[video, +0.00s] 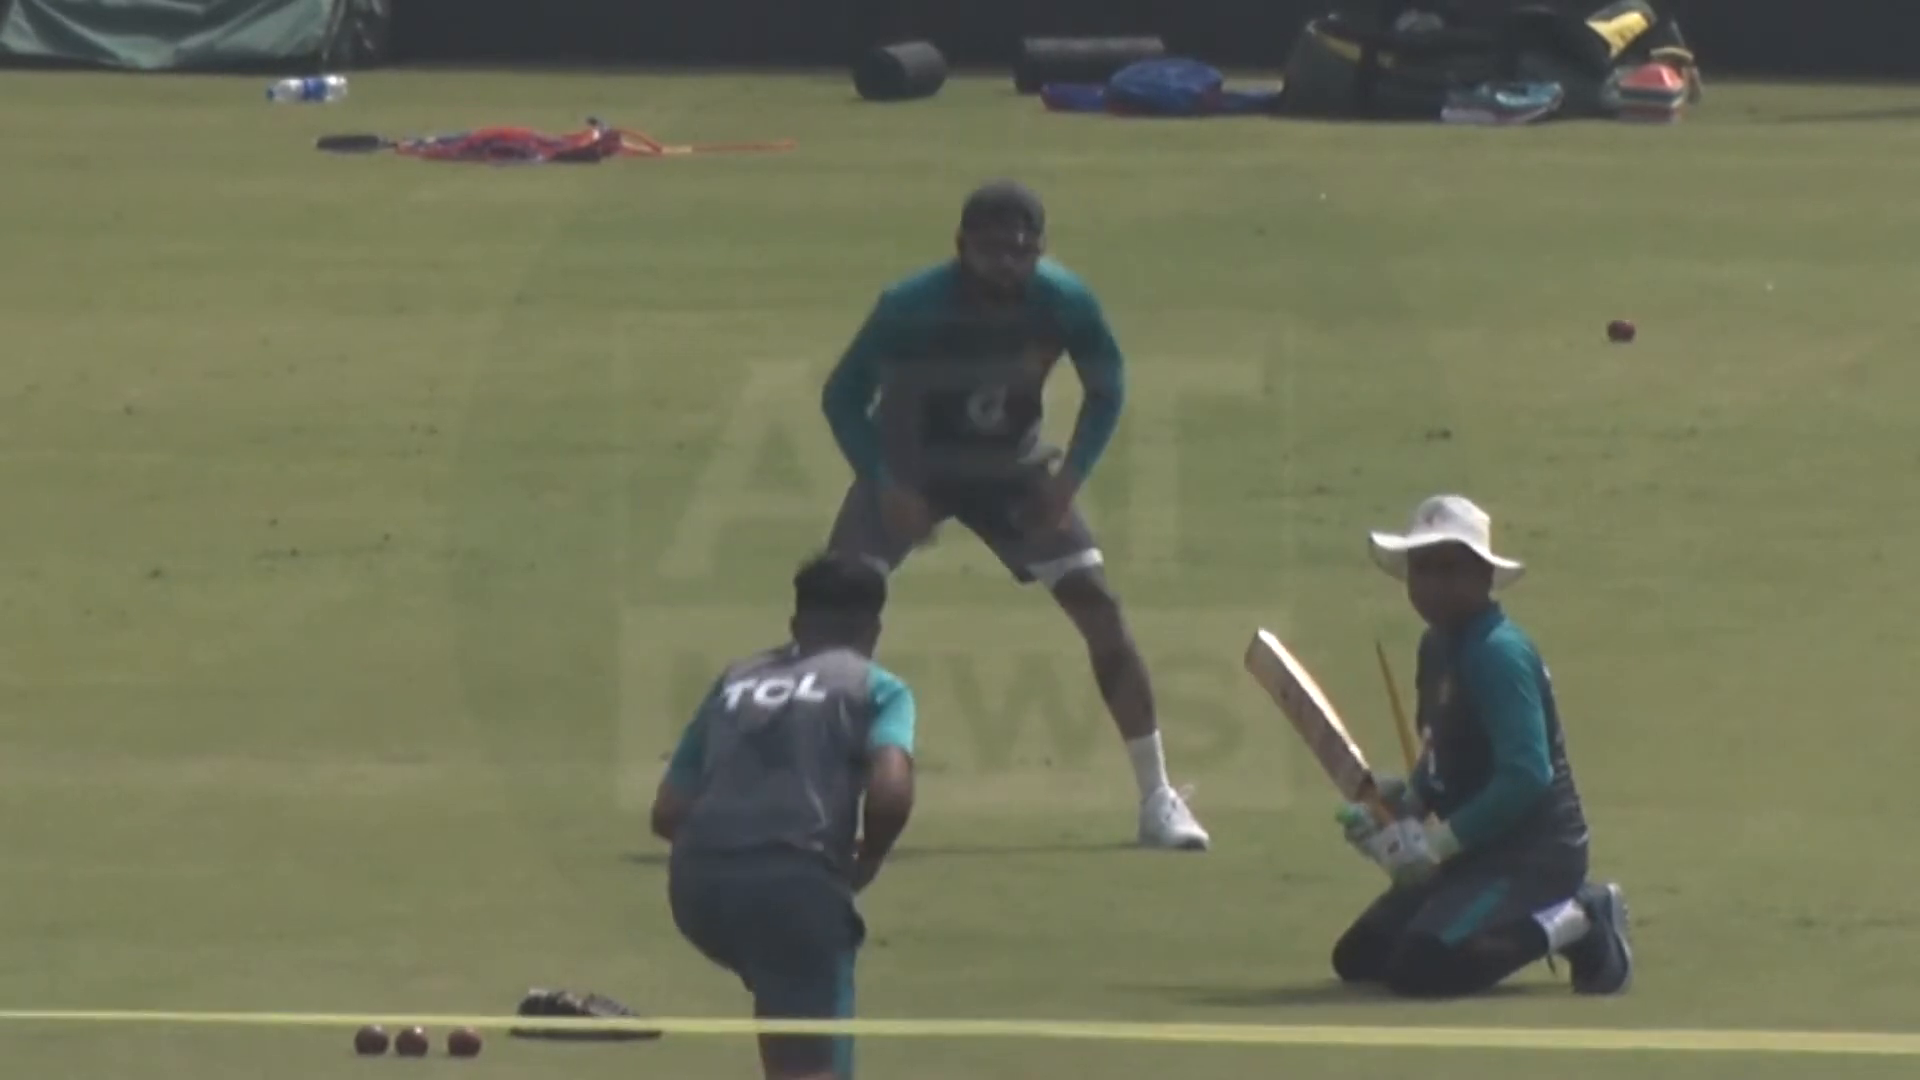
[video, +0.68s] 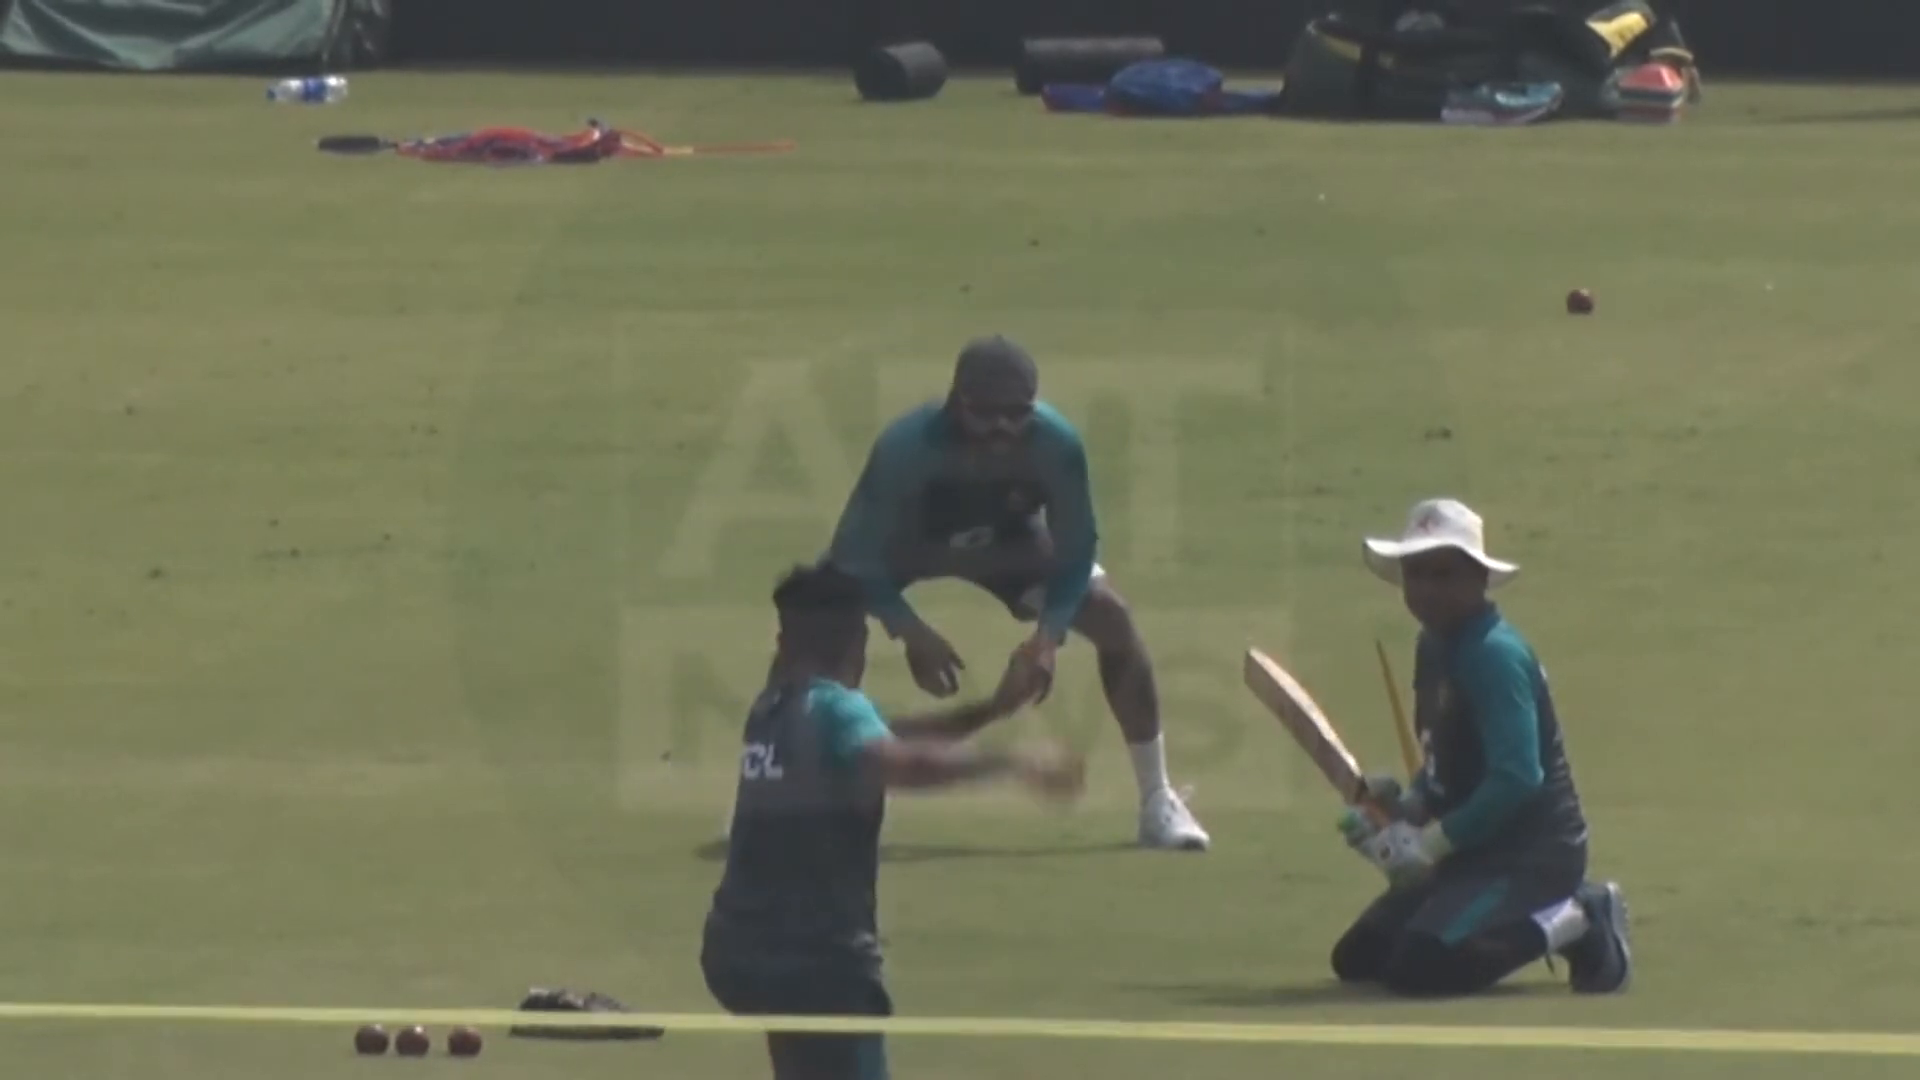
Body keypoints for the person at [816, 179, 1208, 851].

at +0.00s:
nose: (1004, 265)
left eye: (1018, 251)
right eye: (990, 250)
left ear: (1038, 249)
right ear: (961, 245)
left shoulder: (1066, 304)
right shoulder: (908, 308)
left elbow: (1106, 389)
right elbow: (841, 395)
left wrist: (1067, 480)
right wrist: (883, 484)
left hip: (1011, 474)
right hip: (909, 467)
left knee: (1098, 609)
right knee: (840, 601)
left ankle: (1159, 797)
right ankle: (817, 786)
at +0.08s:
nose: (1003, 321)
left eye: (1018, 307)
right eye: (989, 306)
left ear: (1038, 306)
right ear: (963, 300)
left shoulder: (1064, 355)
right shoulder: (911, 356)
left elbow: (1099, 448)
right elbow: (850, 454)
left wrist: (1062, 541)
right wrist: (894, 547)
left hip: (1012, 494)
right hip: (906, 492)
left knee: (1109, 613)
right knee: (835, 607)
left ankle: (1159, 797)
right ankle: (811, 788)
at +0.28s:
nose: (1010, 416)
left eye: (1024, 402)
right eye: (995, 402)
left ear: (1041, 393)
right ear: (963, 389)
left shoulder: (1063, 437)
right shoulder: (912, 435)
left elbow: (1084, 534)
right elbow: (866, 543)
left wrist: (1065, 622)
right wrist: (910, 621)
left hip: (1017, 546)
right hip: (915, 544)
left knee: (1116, 621)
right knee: (824, 609)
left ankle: (1159, 800)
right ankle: (791, 776)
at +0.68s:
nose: (1000, 429)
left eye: (1014, 414)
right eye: (985, 415)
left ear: (1031, 407)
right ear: (958, 404)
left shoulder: (1056, 446)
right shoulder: (904, 449)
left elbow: (1077, 547)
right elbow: (855, 556)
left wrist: (1047, 640)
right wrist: (914, 634)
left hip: (1006, 545)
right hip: (907, 550)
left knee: (1113, 620)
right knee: (831, 623)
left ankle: (1159, 801)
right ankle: (811, 783)